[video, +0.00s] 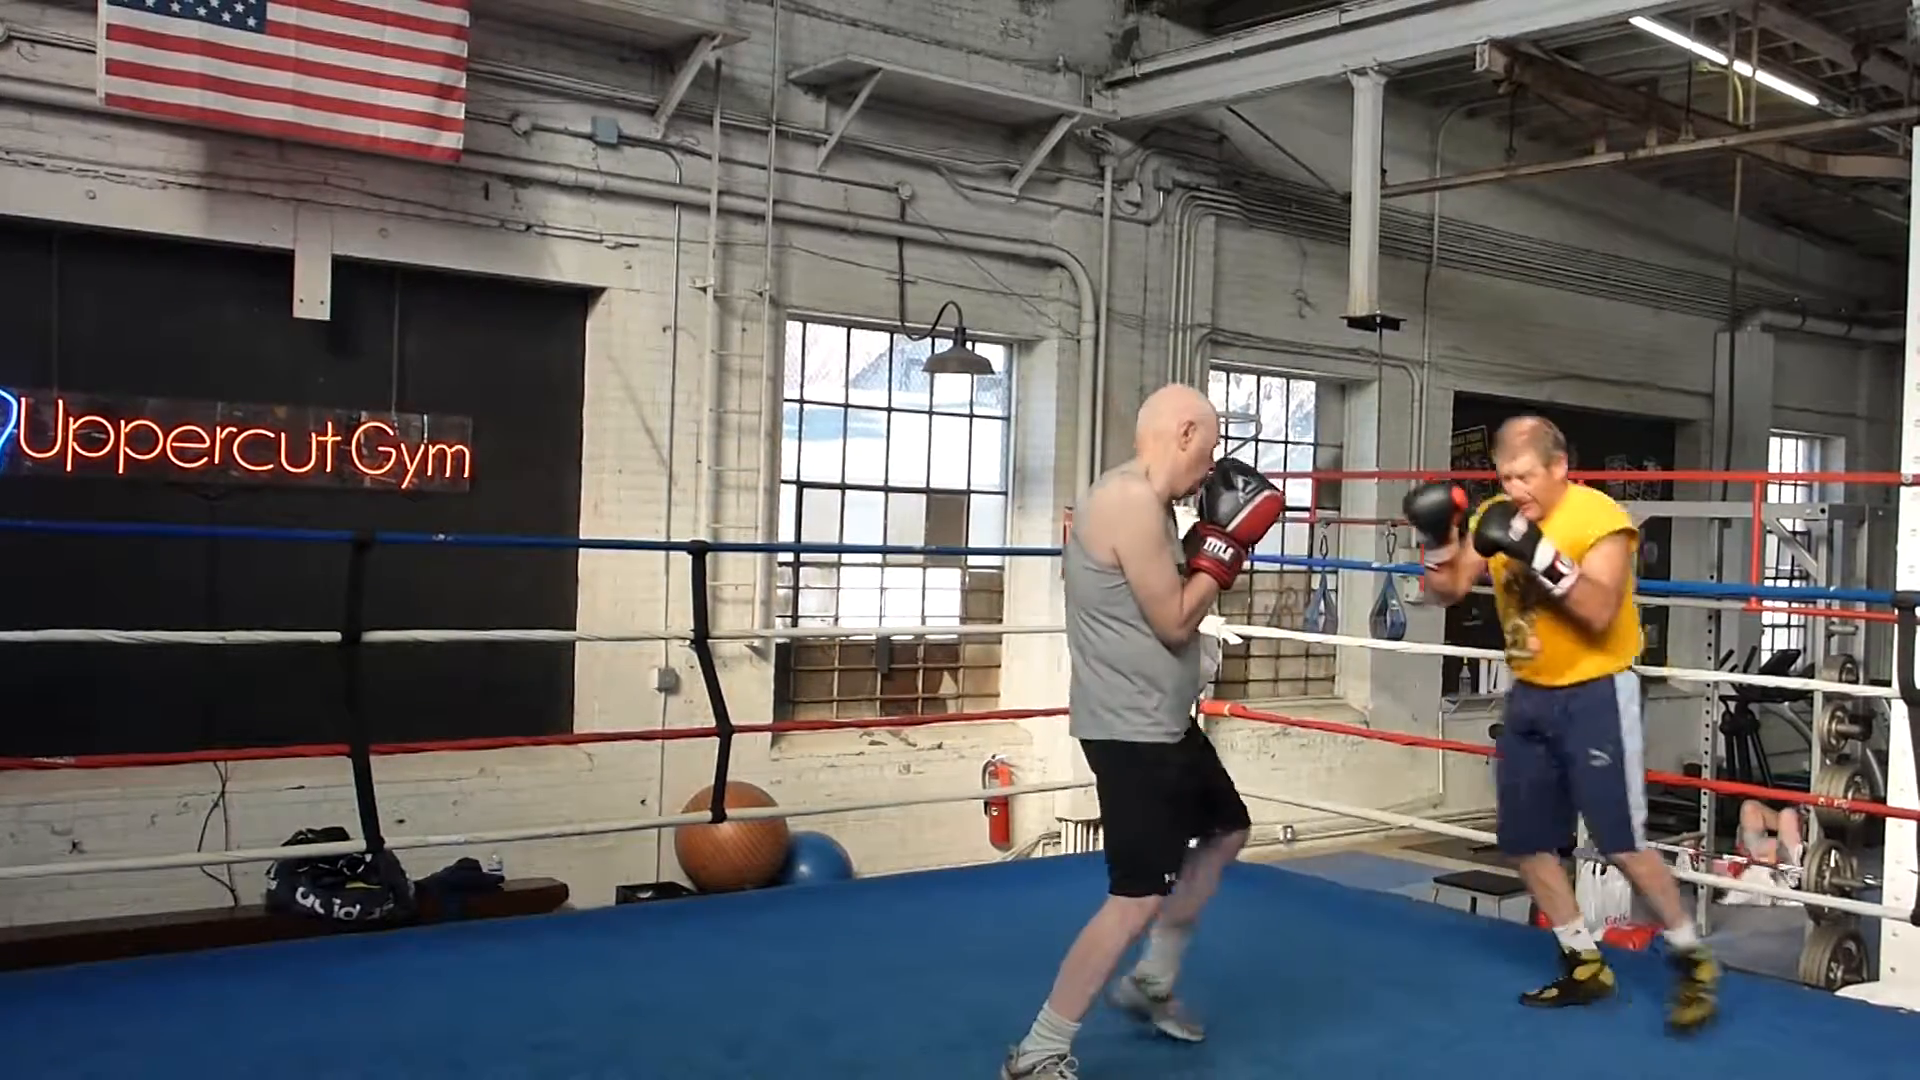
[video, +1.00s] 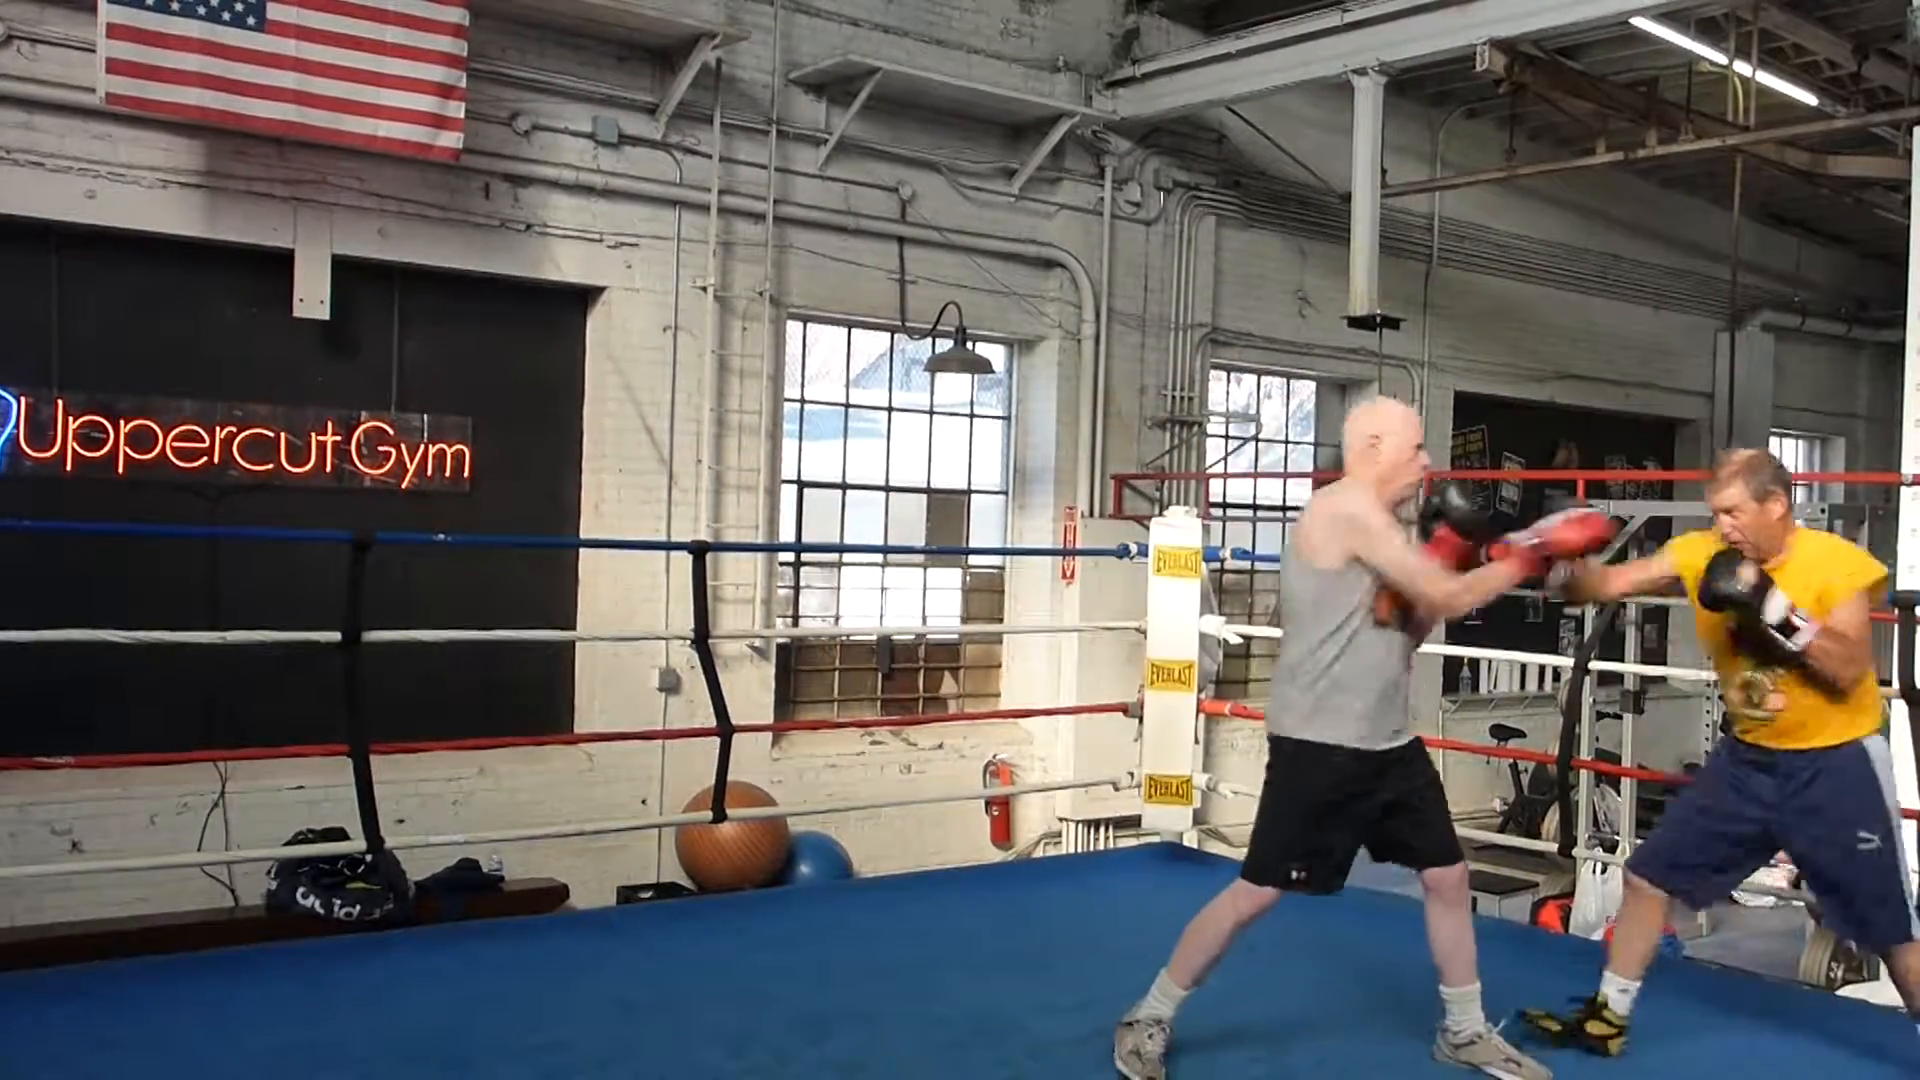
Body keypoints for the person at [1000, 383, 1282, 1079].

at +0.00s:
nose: (1211, 464)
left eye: (1214, 451)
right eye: (1211, 447)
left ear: (1162, 432)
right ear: (1183, 434)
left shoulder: (1123, 496)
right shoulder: (1133, 503)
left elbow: (1163, 602)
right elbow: (1176, 620)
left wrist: (1207, 535)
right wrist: (1229, 543)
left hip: (1156, 720)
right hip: (1130, 727)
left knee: (1225, 827)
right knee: (1138, 893)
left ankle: (1152, 981)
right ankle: (1040, 1053)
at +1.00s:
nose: (1429, 462)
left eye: (1426, 449)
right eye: (1418, 447)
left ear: (1374, 450)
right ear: (1375, 448)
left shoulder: (1373, 521)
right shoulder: (1344, 507)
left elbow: (1396, 638)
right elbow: (1445, 594)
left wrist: (1440, 565)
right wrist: (1530, 554)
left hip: (1390, 743)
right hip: (1317, 744)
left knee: (1448, 877)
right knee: (1255, 893)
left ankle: (1465, 1031)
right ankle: (1151, 1017)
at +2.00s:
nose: (1392, 451)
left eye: (1392, 439)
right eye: (1382, 438)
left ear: (1343, 438)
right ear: (1334, 438)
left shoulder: (1358, 512)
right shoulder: (1278, 502)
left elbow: (1388, 628)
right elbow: (1324, 628)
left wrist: (1390, 562)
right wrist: (1375, 555)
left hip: (1338, 723)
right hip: (1263, 718)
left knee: (1376, 871)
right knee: (1242, 877)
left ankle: (1385, 1025)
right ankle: (1174, 1020)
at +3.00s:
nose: (1459, 451)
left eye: (1460, 438)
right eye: (1443, 440)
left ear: (1461, 443)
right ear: (1394, 449)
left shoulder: (1471, 518)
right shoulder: (1346, 521)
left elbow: (1508, 633)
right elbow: (1332, 653)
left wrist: (1492, 558)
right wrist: (1391, 640)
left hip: (1466, 755)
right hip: (1363, 754)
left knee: (1523, 910)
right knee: (1304, 910)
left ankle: (1530, 1071)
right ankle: (1240, 1039)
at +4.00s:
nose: (1663, 438)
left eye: (1666, 423)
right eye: (1647, 420)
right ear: (1584, 415)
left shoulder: (1636, 505)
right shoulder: (1513, 493)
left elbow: (1657, 656)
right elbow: (1511, 660)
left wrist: (1679, 568)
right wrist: (1588, 568)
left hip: (1606, 761)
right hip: (1503, 762)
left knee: (1660, 958)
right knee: (1466, 967)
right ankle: (1411, 1074)